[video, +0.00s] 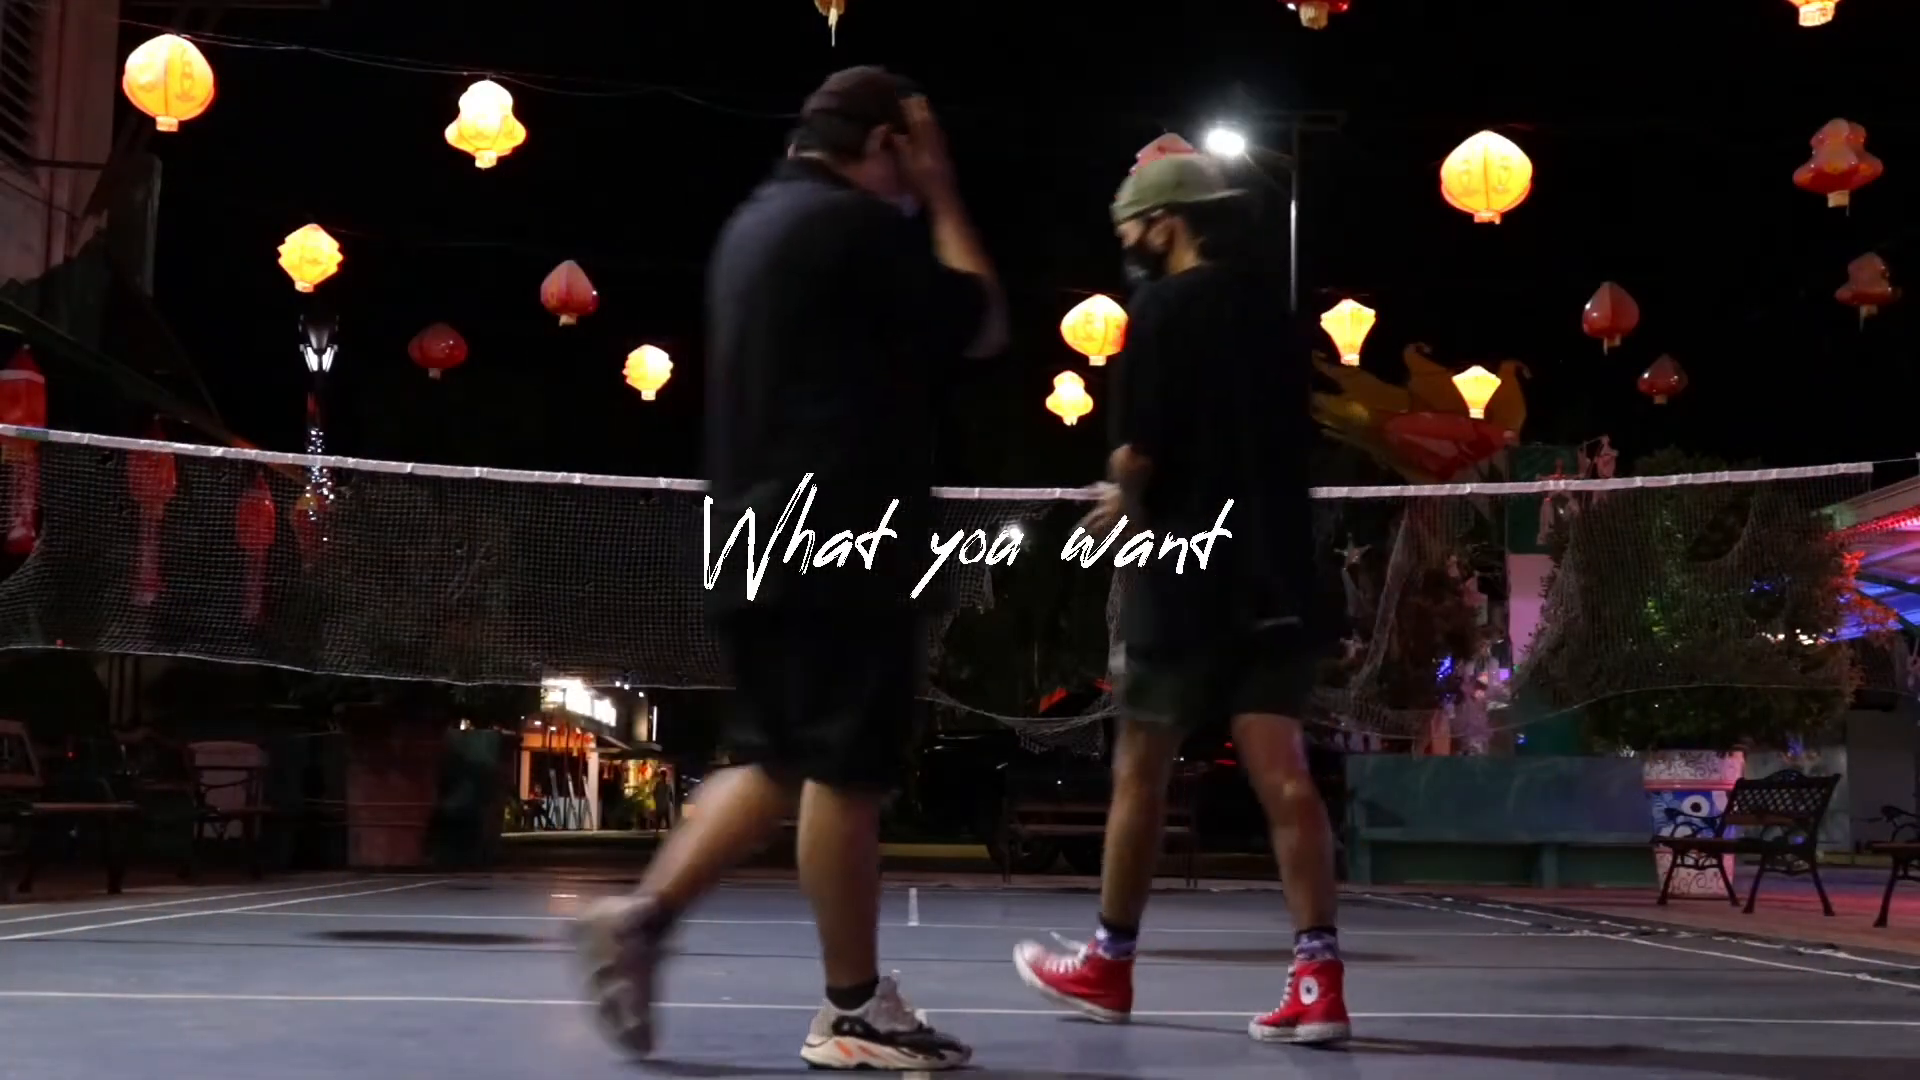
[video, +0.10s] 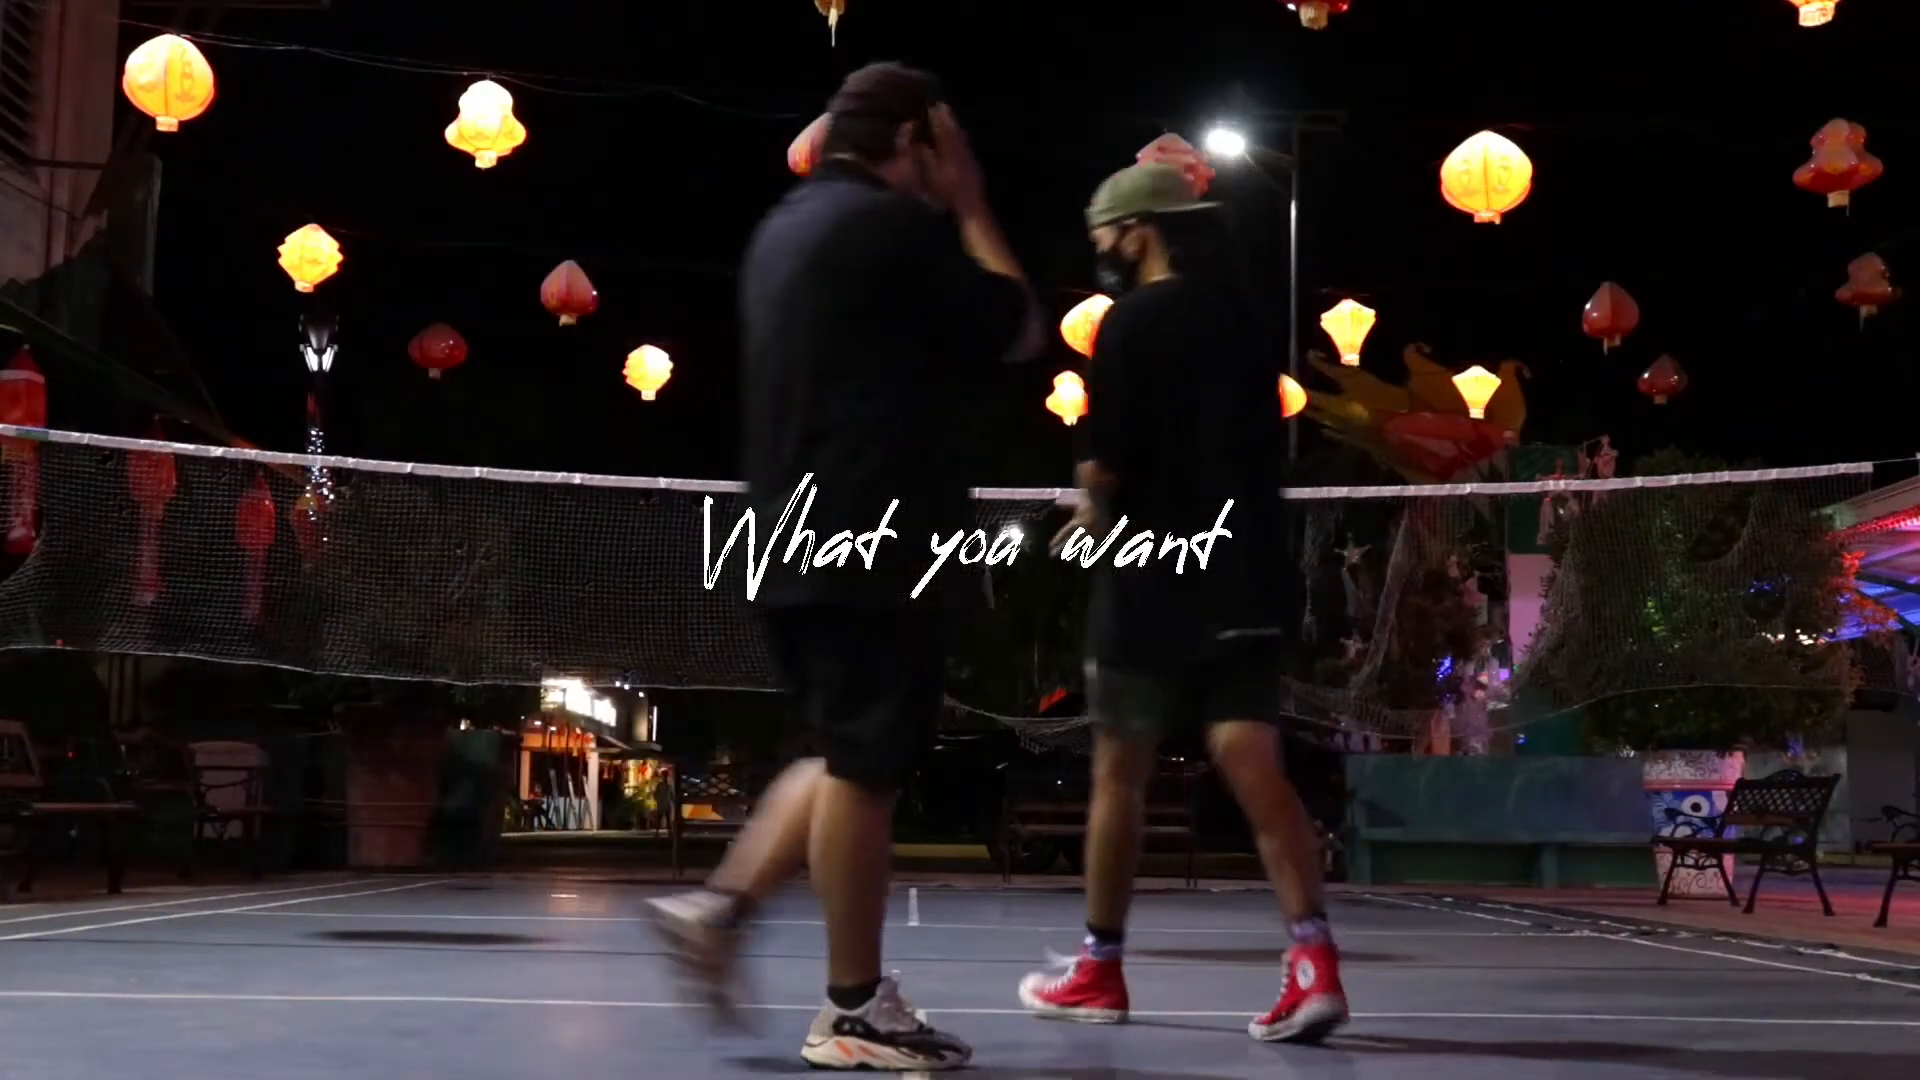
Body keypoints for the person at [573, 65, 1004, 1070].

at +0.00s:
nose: (921, 166)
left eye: (919, 146)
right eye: (916, 146)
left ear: (810, 139)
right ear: (882, 146)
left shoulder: (754, 226)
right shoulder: (863, 229)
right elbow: (979, 323)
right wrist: (940, 191)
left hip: (757, 540)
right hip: (848, 545)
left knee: (777, 756)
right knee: (845, 769)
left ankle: (638, 920)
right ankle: (854, 1007)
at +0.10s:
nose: (950, 166)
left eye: (950, 148)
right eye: (945, 149)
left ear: (835, 142)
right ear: (913, 145)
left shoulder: (782, 228)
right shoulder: (894, 230)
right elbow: (1019, 335)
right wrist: (971, 209)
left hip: (790, 533)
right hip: (877, 538)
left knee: (842, 747)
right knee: (864, 758)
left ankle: (715, 907)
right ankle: (855, 1003)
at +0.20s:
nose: (991, 157)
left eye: (986, 141)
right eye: (986, 142)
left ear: (881, 142)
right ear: (954, 144)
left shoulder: (825, 237)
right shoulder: (940, 233)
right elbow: (1059, 335)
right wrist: (1007, 221)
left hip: (842, 537)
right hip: (926, 541)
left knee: (934, 752)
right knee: (899, 758)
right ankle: (854, 1007)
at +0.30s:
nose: (1018, 170)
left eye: (1015, 153)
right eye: (1013, 153)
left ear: (910, 149)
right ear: (981, 150)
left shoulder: (856, 246)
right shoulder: (971, 239)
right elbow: (1087, 345)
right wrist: (1032, 234)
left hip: (878, 543)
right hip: (951, 546)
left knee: (979, 764)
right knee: (909, 766)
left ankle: (1000, 991)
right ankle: (854, 1004)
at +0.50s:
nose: (1087, 194)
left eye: (1086, 181)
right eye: (1083, 180)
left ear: (978, 179)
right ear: (1056, 179)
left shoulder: (937, 275)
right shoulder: (1061, 264)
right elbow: (1183, 357)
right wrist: (1121, 244)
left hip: (970, 558)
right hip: (1060, 562)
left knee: (1045, 784)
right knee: (984, 767)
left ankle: (1111, 995)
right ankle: (876, 984)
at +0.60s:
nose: (1129, 192)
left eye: (1126, 177)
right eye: (1124, 179)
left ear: (1024, 180)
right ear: (1096, 181)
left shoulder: (985, 274)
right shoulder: (1101, 264)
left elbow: (961, 439)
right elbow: (1220, 345)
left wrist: (963, 548)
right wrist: (1157, 240)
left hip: (1006, 556)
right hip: (1101, 554)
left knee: (1060, 772)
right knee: (1098, 771)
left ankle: (1108, 990)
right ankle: (953, 931)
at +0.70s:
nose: (1154, 190)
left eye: (1148, 176)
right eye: (1147, 176)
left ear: (1053, 185)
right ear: (1121, 184)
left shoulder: (1011, 285)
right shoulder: (1131, 268)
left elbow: (970, 448)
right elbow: (1244, 341)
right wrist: (1187, 241)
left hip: (1038, 563)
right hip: (1140, 556)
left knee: (1084, 769)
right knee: (1180, 756)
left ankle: (1112, 993)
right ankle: (1033, 912)